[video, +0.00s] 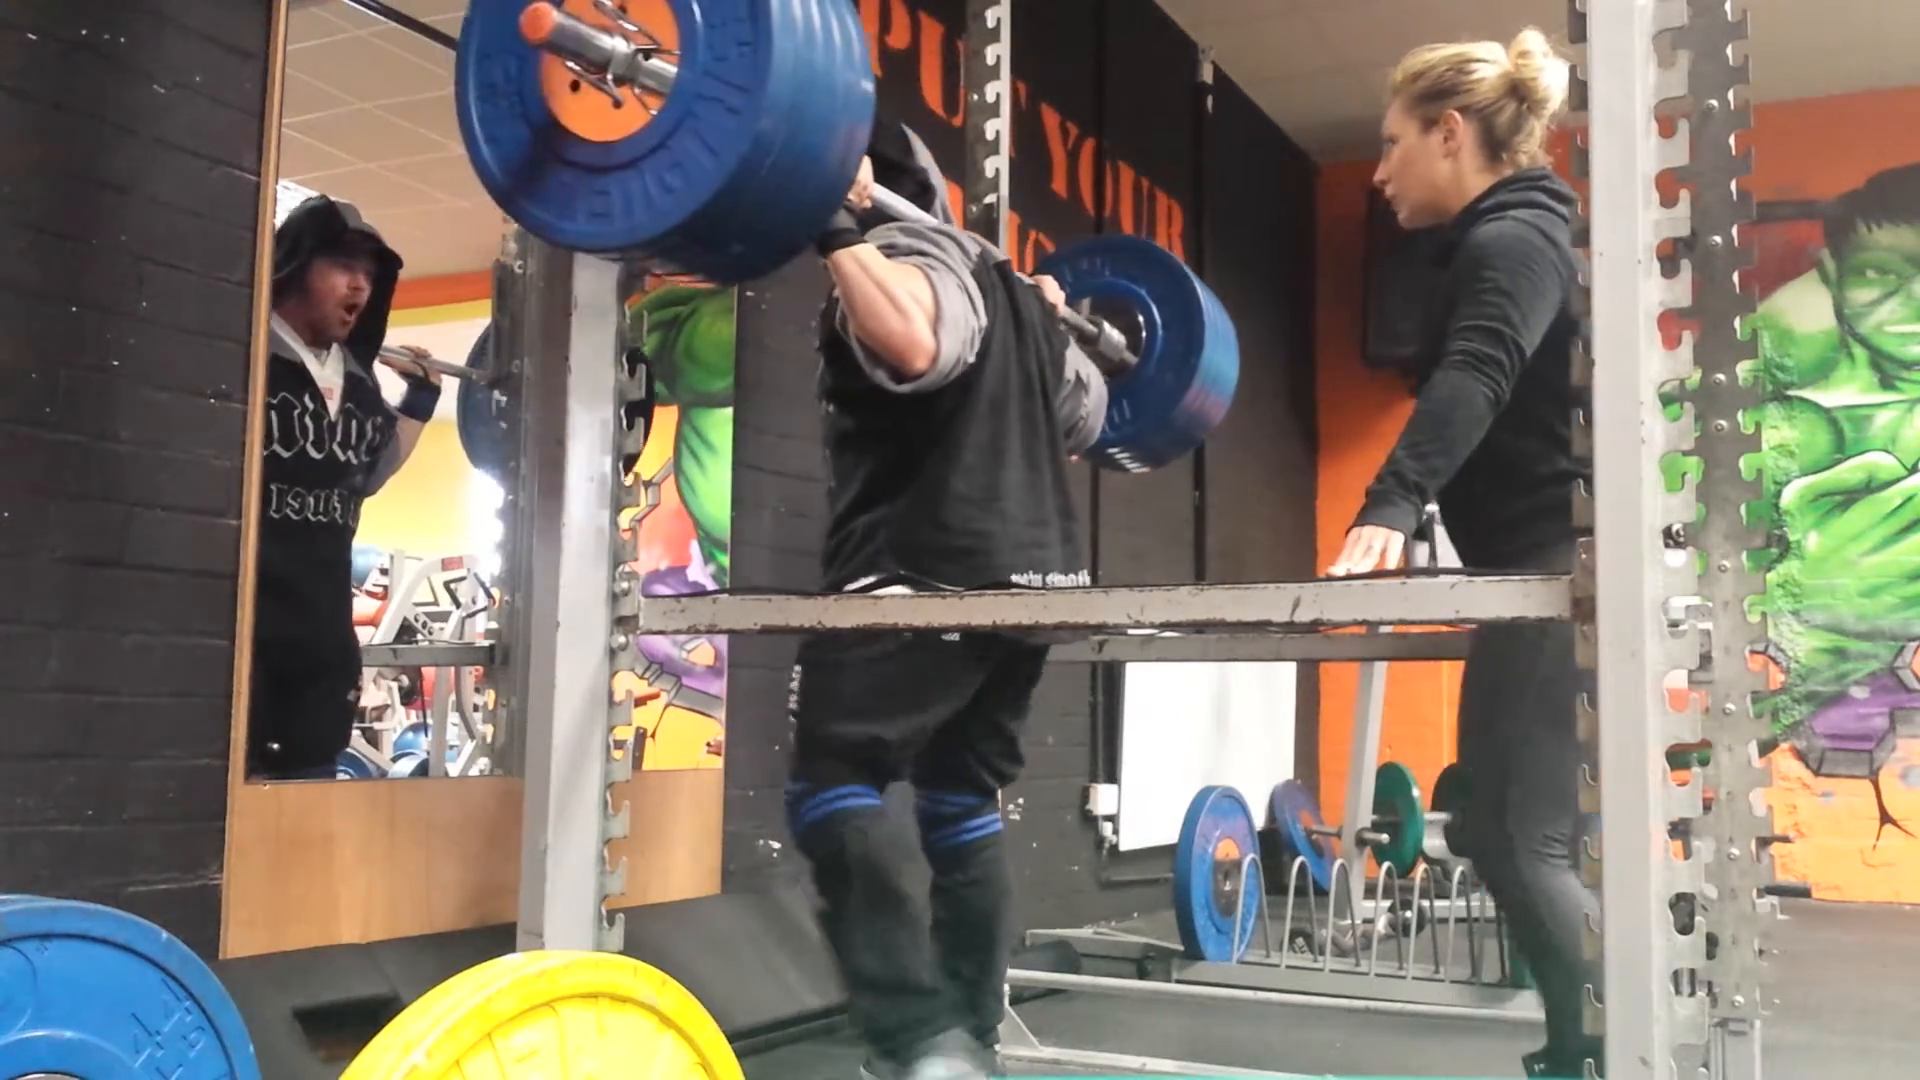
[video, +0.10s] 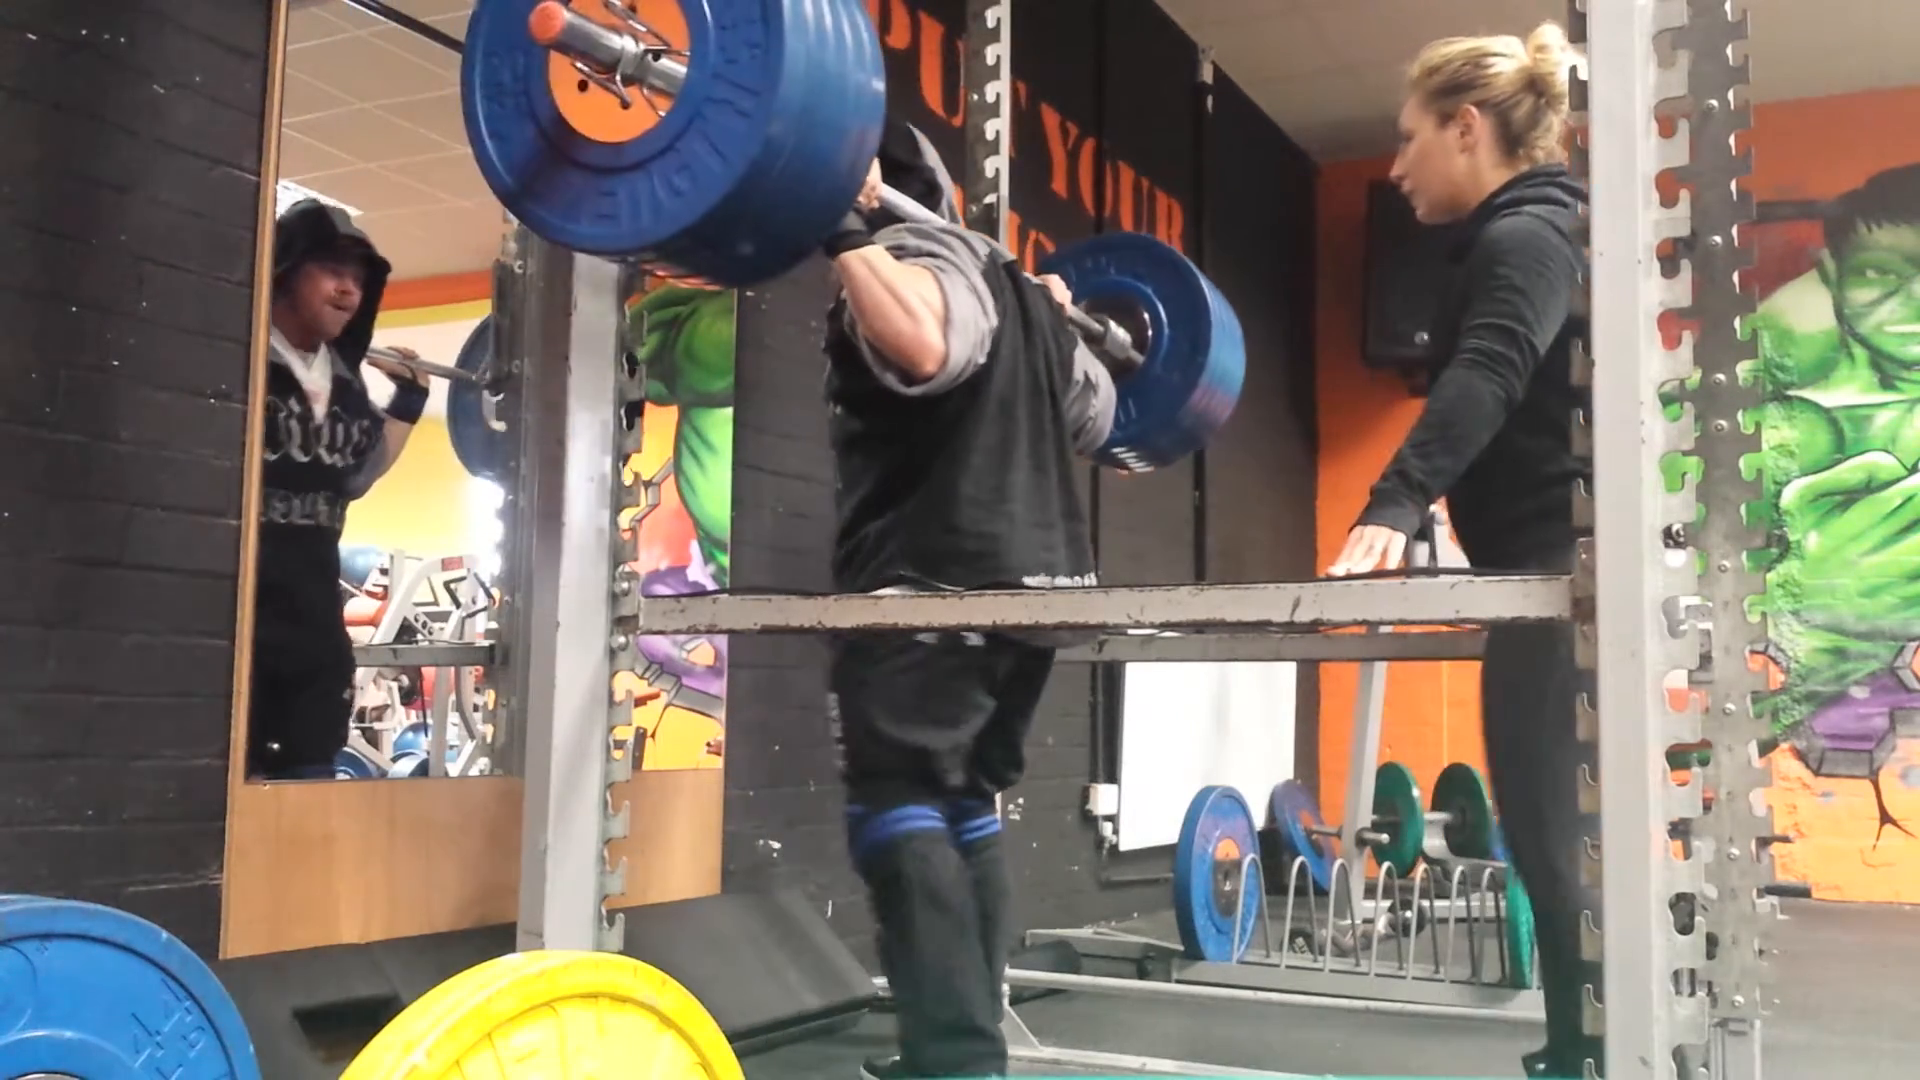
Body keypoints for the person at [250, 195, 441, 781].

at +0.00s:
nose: (360, 286)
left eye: (369, 274)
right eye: (344, 266)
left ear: (374, 289)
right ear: (294, 269)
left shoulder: (357, 376)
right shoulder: (245, 354)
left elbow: (371, 474)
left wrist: (422, 397)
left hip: (322, 612)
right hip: (245, 605)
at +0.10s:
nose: (350, 290)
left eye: (360, 281)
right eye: (333, 271)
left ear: (365, 298)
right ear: (285, 274)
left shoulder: (344, 376)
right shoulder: (243, 357)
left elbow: (359, 476)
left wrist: (409, 402)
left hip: (312, 579)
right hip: (242, 572)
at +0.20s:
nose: (330, 292)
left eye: (341, 283)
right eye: (313, 275)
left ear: (347, 302)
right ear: (270, 279)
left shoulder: (328, 389)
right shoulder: (230, 366)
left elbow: (338, 484)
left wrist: (392, 407)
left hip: (288, 562)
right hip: (224, 556)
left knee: (296, 696)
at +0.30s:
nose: (310, 296)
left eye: (321, 287)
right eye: (295, 278)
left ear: (330, 304)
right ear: (258, 283)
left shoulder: (309, 392)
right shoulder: (214, 365)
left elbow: (317, 486)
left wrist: (374, 405)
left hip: (263, 555)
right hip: (202, 547)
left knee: (283, 670)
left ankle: (269, 775)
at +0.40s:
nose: (295, 294)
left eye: (307, 284)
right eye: (284, 275)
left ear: (315, 300)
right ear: (250, 278)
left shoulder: (294, 388)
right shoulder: (207, 359)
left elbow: (306, 479)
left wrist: (360, 398)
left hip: (251, 567)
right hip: (192, 558)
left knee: (279, 675)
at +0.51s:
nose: (282, 286)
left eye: (295, 277)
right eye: (273, 268)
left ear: (304, 298)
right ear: (244, 275)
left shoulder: (282, 380)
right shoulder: (203, 353)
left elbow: (298, 475)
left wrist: (349, 396)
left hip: (240, 556)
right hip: (189, 545)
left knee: (280, 663)